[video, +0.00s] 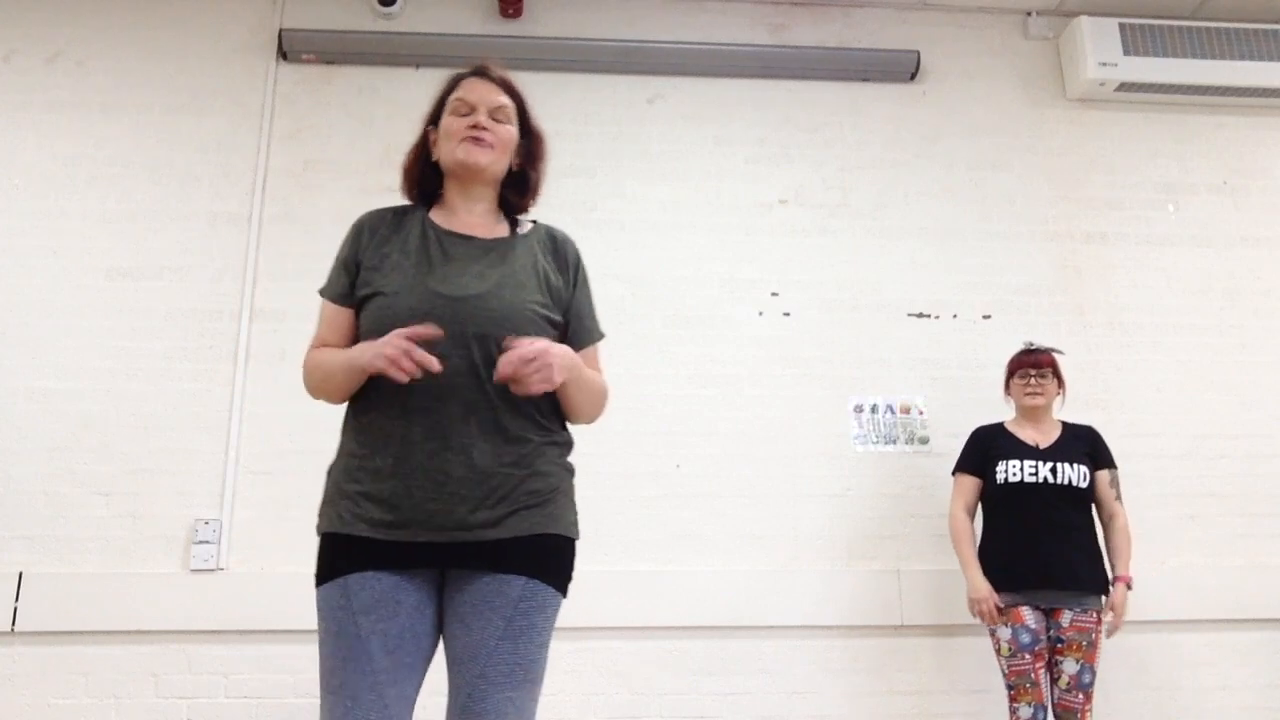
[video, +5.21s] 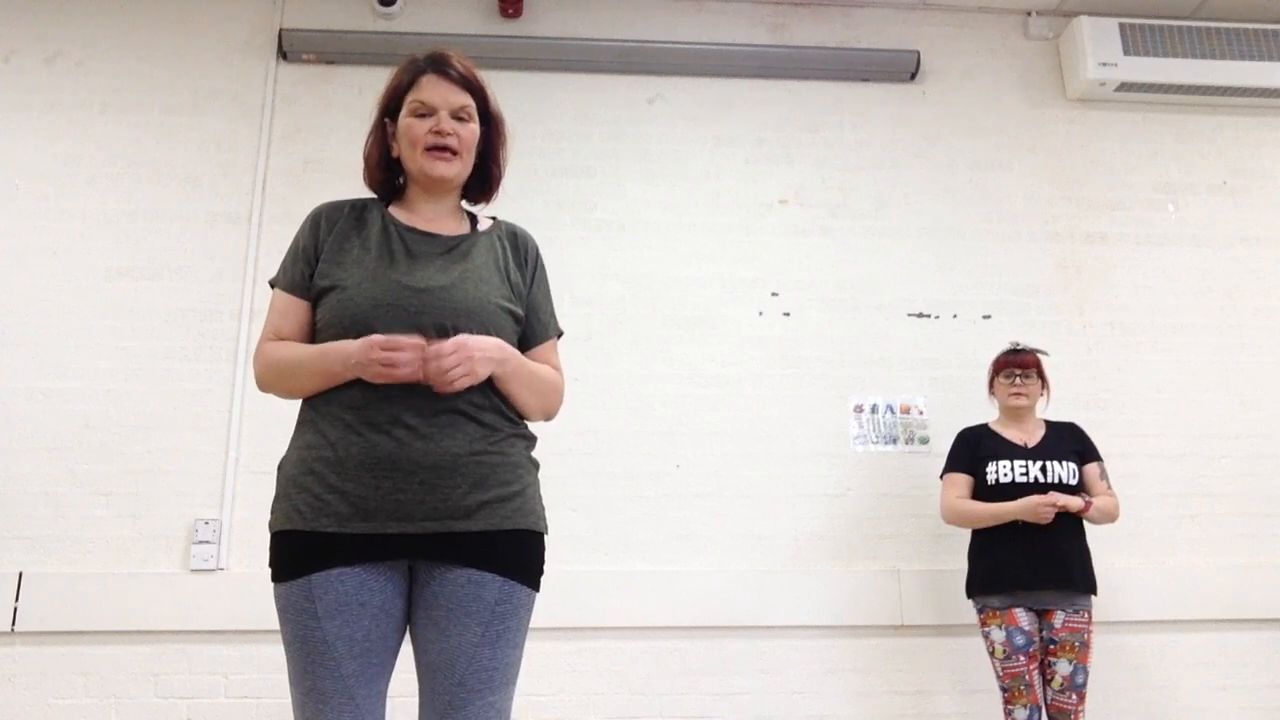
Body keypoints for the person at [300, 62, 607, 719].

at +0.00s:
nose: (479, 121)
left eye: (499, 117)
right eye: (463, 110)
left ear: (519, 151)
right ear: (433, 140)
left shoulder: (555, 253)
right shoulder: (375, 234)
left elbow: (590, 405)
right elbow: (319, 375)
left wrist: (566, 365)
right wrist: (365, 356)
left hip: (516, 524)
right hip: (375, 519)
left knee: (494, 713)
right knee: (359, 713)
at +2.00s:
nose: (445, 123)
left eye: (463, 113)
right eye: (425, 111)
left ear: (486, 142)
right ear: (397, 137)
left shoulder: (519, 250)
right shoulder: (336, 227)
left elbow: (552, 401)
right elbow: (274, 366)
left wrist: (509, 365)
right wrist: (353, 354)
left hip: (487, 525)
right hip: (335, 518)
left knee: (472, 713)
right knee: (336, 712)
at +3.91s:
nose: (462, 123)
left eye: (483, 116)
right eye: (446, 108)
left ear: (501, 148)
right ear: (414, 127)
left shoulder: (522, 252)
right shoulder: (342, 220)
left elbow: (544, 410)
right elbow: (281, 364)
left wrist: (542, 360)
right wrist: (339, 347)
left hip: (492, 520)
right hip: (341, 515)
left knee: (475, 714)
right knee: (340, 713)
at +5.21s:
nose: (443, 127)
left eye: (461, 115)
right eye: (424, 112)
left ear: (483, 138)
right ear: (392, 132)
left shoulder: (514, 249)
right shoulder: (331, 227)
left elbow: (547, 399)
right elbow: (270, 365)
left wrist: (499, 356)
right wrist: (353, 358)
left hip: (486, 518)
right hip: (332, 513)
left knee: (471, 713)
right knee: (335, 713)